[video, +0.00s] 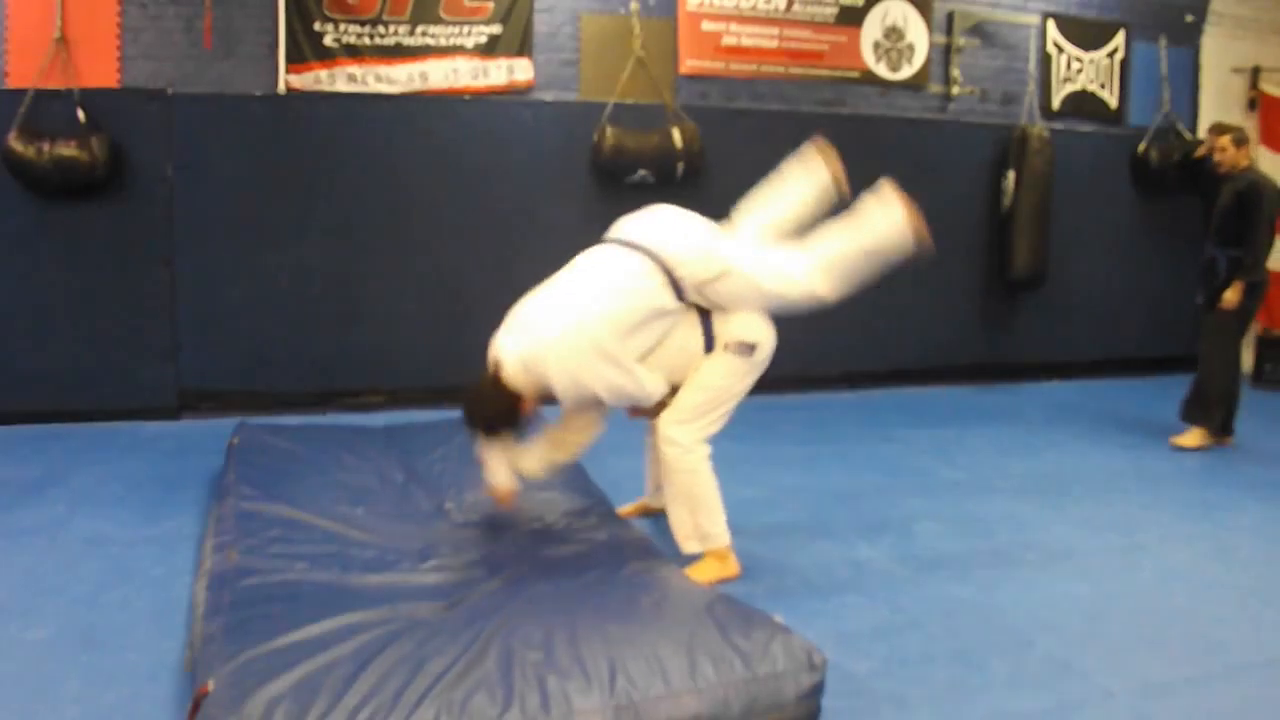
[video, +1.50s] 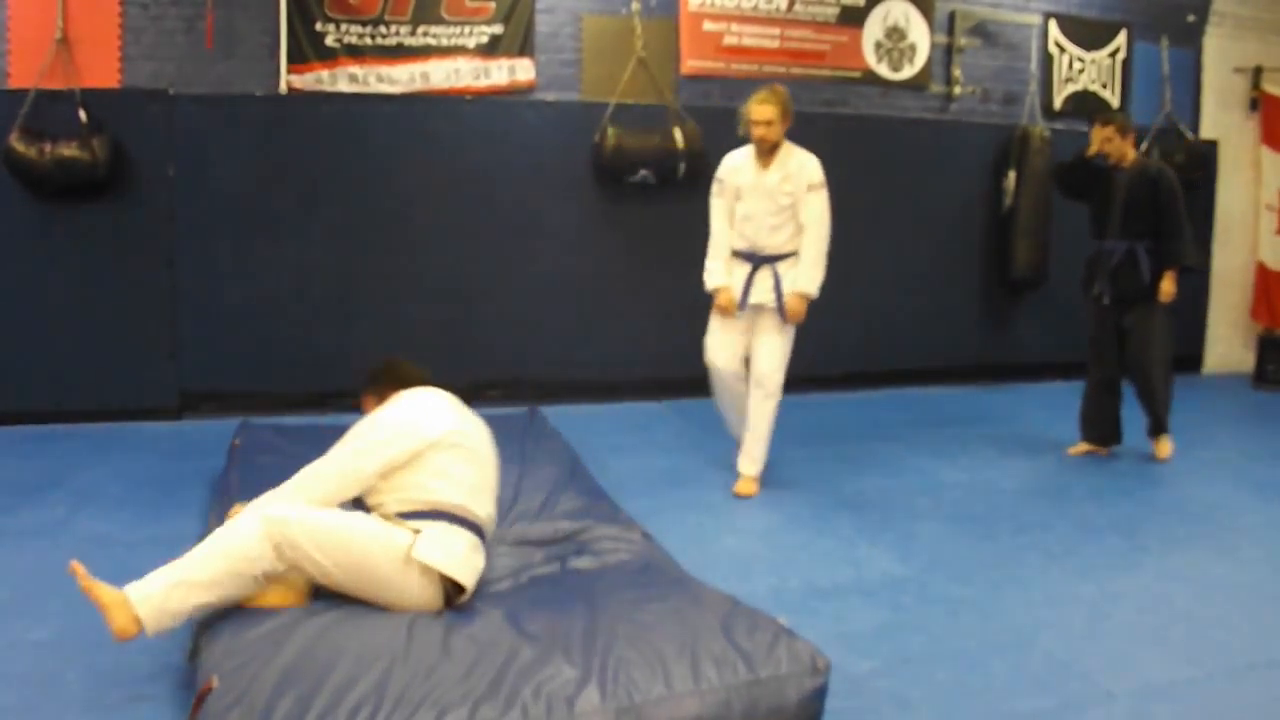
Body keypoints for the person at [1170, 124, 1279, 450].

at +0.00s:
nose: (1216, 158)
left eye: (1222, 151)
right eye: (1214, 152)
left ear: (1242, 150)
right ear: (1214, 152)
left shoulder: (1259, 187)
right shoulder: (1227, 182)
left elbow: (1258, 244)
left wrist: (1240, 283)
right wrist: (1199, 155)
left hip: (1239, 280)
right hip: (1220, 275)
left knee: (1217, 349)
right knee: (1221, 350)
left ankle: (1207, 424)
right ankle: (1220, 426)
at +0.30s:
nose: (1198, 158)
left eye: (1204, 152)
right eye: (1196, 152)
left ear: (1222, 151)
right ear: (1195, 153)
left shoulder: (1239, 190)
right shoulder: (1205, 182)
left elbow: (1241, 248)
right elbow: (1161, 180)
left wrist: (1227, 290)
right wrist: (1179, 156)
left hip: (1218, 281)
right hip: (1195, 275)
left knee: (1199, 353)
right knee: (1209, 352)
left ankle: (1182, 429)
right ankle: (1218, 426)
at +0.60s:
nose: (1183, 152)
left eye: (1190, 145)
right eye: (1180, 146)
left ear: (1209, 145)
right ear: (1178, 147)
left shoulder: (1228, 187)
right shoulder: (1182, 177)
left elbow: (1228, 244)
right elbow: (1143, 173)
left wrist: (1214, 285)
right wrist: (1161, 150)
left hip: (1202, 278)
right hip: (1174, 273)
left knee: (1188, 351)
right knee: (1174, 347)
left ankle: (1182, 428)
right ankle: (1197, 418)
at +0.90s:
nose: (1169, 149)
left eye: (1175, 142)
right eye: (1165, 143)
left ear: (1194, 144)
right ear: (1160, 147)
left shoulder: (1214, 185)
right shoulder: (1159, 175)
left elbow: (1214, 241)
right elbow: (1122, 175)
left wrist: (1194, 278)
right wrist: (1149, 154)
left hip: (1191, 276)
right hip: (1158, 272)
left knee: (1186, 354)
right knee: (1143, 348)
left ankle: (1179, 433)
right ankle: (1122, 426)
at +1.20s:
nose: (1133, 151)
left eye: (1140, 143)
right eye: (1130, 145)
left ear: (1161, 144)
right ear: (1128, 149)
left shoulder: (1185, 184)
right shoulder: (1130, 178)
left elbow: (1196, 239)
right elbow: (1092, 182)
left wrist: (1187, 281)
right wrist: (1117, 159)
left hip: (1169, 280)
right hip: (1131, 277)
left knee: (1174, 360)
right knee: (1121, 357)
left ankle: (1178, 434)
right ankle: (1099, 436)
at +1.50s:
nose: (1103, 149)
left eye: (1108, 142)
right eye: (1100, 143)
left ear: (1128, 139)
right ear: (1098, 145)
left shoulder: (1158, 177)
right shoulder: (1100, 175)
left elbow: (1175, 228)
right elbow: (1064, 181)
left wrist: (1170, 271)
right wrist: (1088, 155)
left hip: (1146, 276)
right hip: (1106, 274)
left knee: (1146, 356)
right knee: (1103, 356)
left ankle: (1160, 431)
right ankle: (1099, 436)